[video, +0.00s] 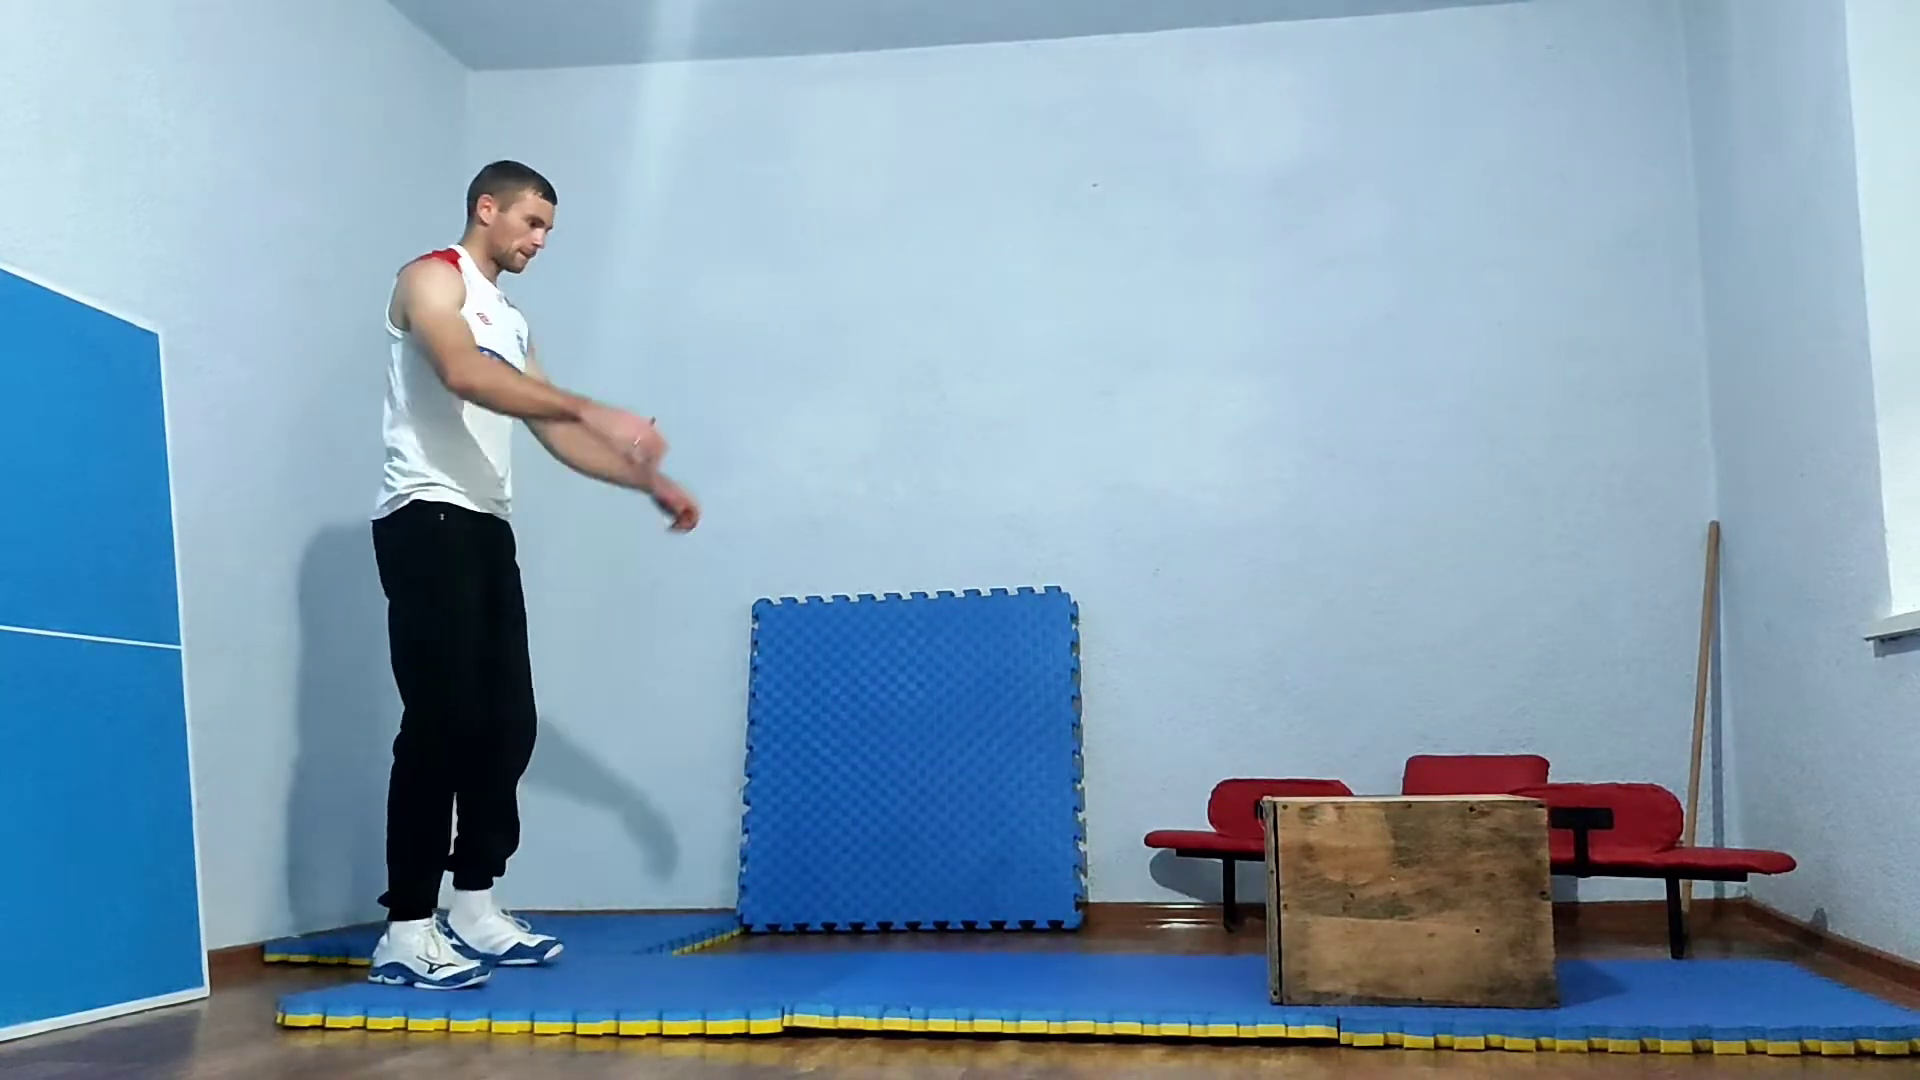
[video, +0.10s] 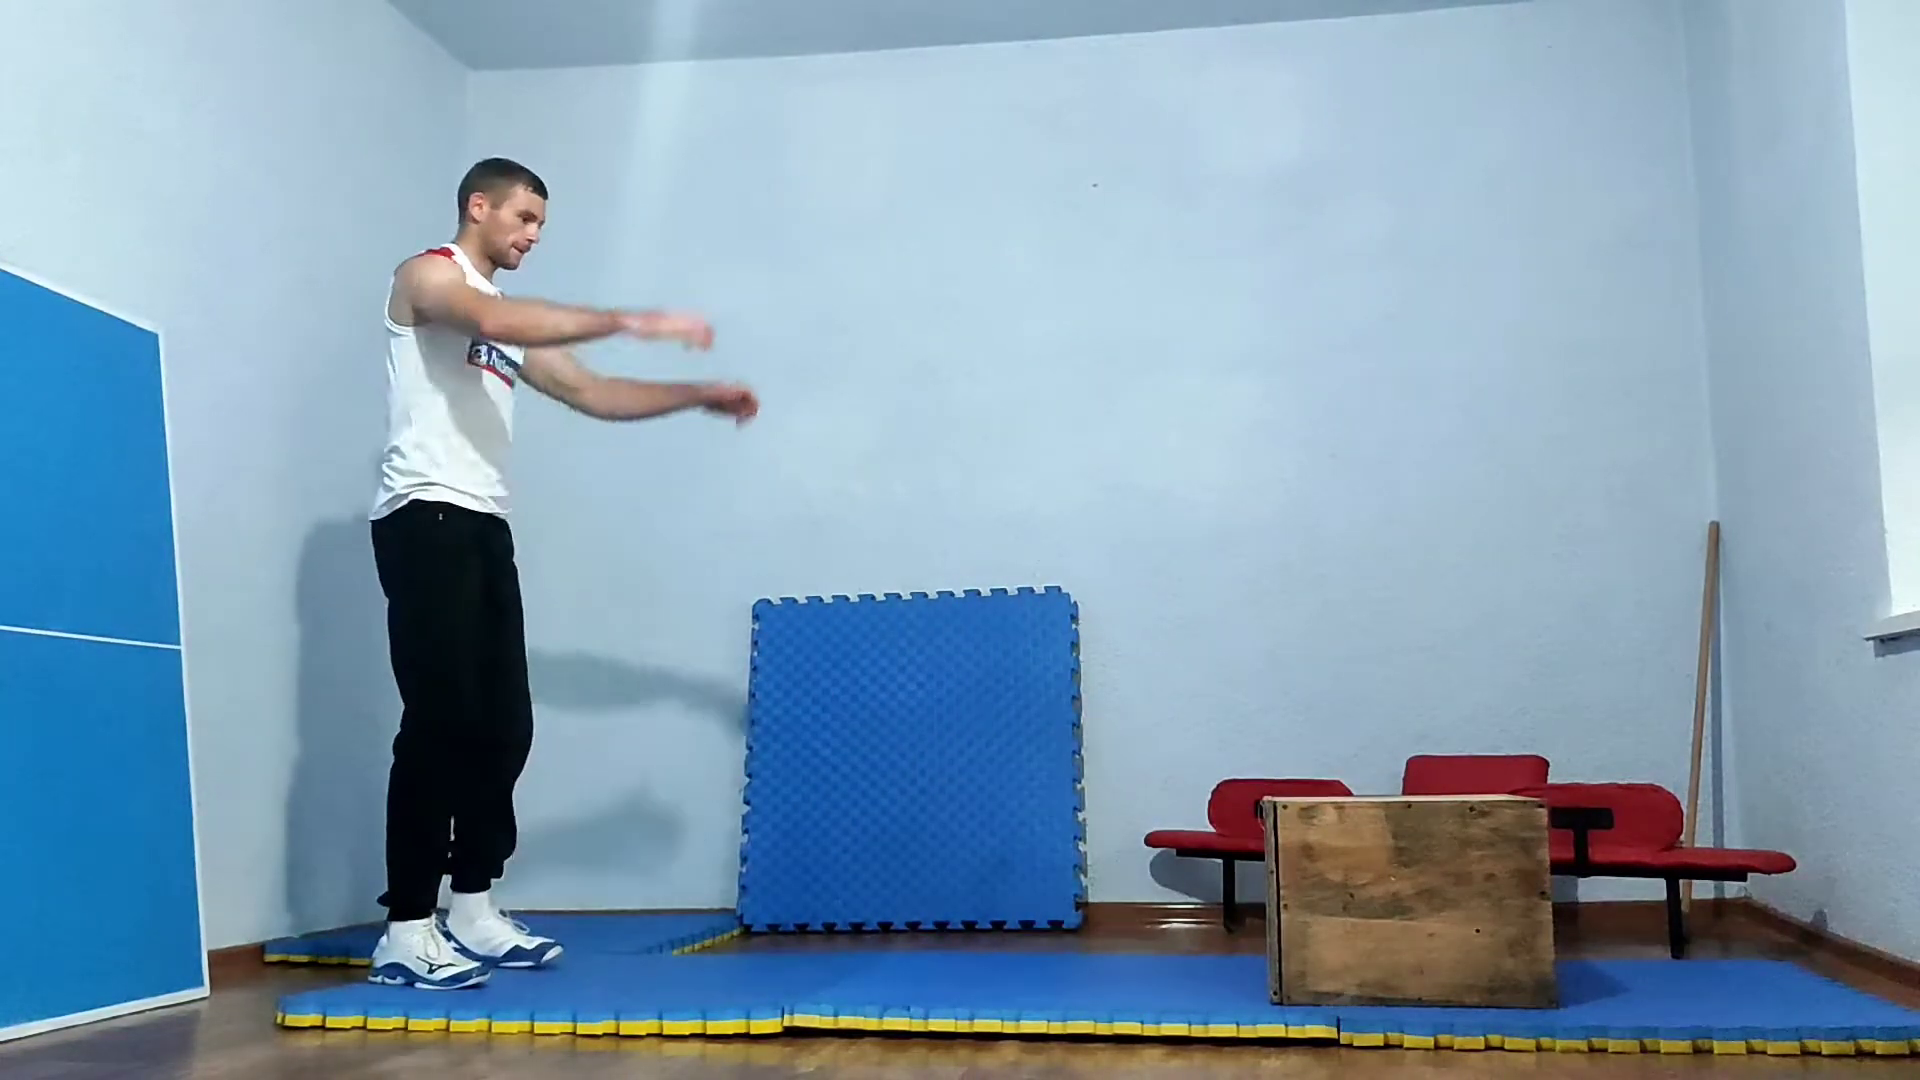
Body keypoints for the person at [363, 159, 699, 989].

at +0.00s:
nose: (539, 241)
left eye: (546, 230)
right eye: (532, 223)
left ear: (527, 232)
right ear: (484, 208)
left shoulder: (507, 317)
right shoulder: (430, 278)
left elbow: (555, 428)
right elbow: (466, 374)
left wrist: (647, 481)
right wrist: (588, 412)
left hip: (486, 534)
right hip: (426, 526)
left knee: (506, 721)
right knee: (439, 718)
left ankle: (472, 908)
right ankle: (407, 927)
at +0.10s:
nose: (535, 236)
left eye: (540, 224)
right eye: (525, 218)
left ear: (513, 222)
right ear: (477, 207)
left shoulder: (504, 318)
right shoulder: (427, 273)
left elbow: (591, 392)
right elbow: (496, 321)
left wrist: (696, 397)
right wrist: (625, 322)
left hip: (484, 529)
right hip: (426, 523)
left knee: (503, 726)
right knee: (438, 721)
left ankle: (470, 909)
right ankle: (406, 931)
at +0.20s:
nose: (532, 226)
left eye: (536, 217)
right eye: (521, 211)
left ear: (518, 220)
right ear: (471, 205)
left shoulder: (511, 309)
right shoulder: (423, 277)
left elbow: (620, 331)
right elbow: (519, 257)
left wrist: (709, 289)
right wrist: (637, 219)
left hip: (488, 529)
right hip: (430, 523)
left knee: (497, 726)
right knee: (440, 721)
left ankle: (468, 909)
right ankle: (404, 930)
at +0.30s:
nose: (534, 224)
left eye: (536, 212)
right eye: (521, 208)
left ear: (521, 219)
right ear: (474, 206)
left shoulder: (517, 294)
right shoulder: (434, 273)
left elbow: (618, 268)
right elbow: (509, 198)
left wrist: (694, 197)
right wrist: (622, 132)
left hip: (495, 525)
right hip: (438, 521)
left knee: (499, 726)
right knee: (454, 718)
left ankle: (468, 908)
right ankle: (406, 927)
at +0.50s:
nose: (534, 202)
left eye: (540, 194)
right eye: (520, 186)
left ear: (539, 209)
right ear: (483, 187)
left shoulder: (522, 276)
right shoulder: (444, 256)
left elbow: (590, 194)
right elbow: (497, 134)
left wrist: (628, 89)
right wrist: (561, 40)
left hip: (516, 519)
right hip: (456, 514)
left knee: (514, 719)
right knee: (460, 716)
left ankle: (472, 908)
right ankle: (407, 925)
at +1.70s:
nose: (576, 224)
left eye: (578, 210)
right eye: (566, 207)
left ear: (551, 215)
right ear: (515, 202)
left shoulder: (549, 296)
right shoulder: (472, 262)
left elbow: (655, 247)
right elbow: (580, 199)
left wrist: (724, 164)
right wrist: (677, 118)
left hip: (506, 534)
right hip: (442, 518)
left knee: (515, 724)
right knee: (455, 718)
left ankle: (472, 910)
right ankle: (405, 927)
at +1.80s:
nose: (592, 246)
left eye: (596, 234)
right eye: (582, 229)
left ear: (569, 237)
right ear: (532, 224)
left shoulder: (559, 314)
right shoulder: (474, 279)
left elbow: (678, 316)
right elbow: (594, 276)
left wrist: (775, 266)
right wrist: (718, 233)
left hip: (492, 544)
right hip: (427, 527)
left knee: (519, 723)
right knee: (454, 720)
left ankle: (473, 912)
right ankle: (405, 930)